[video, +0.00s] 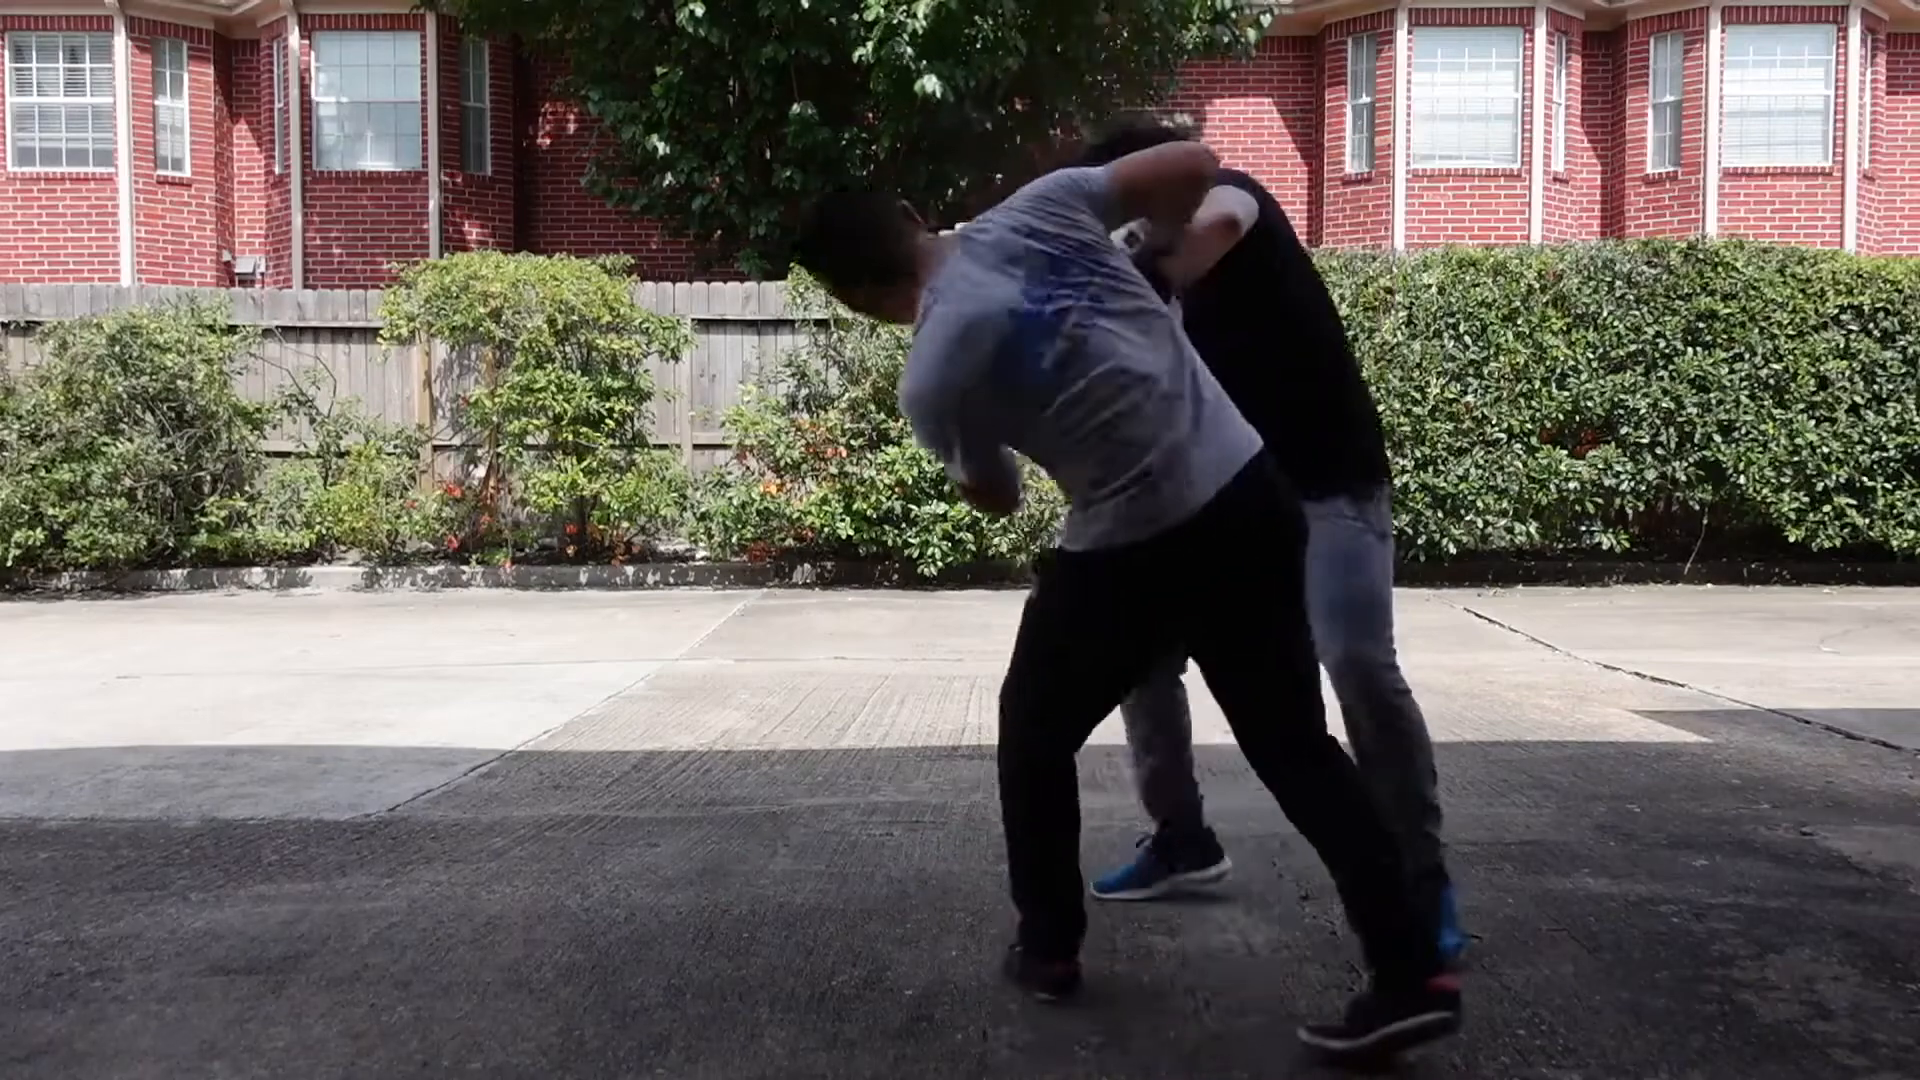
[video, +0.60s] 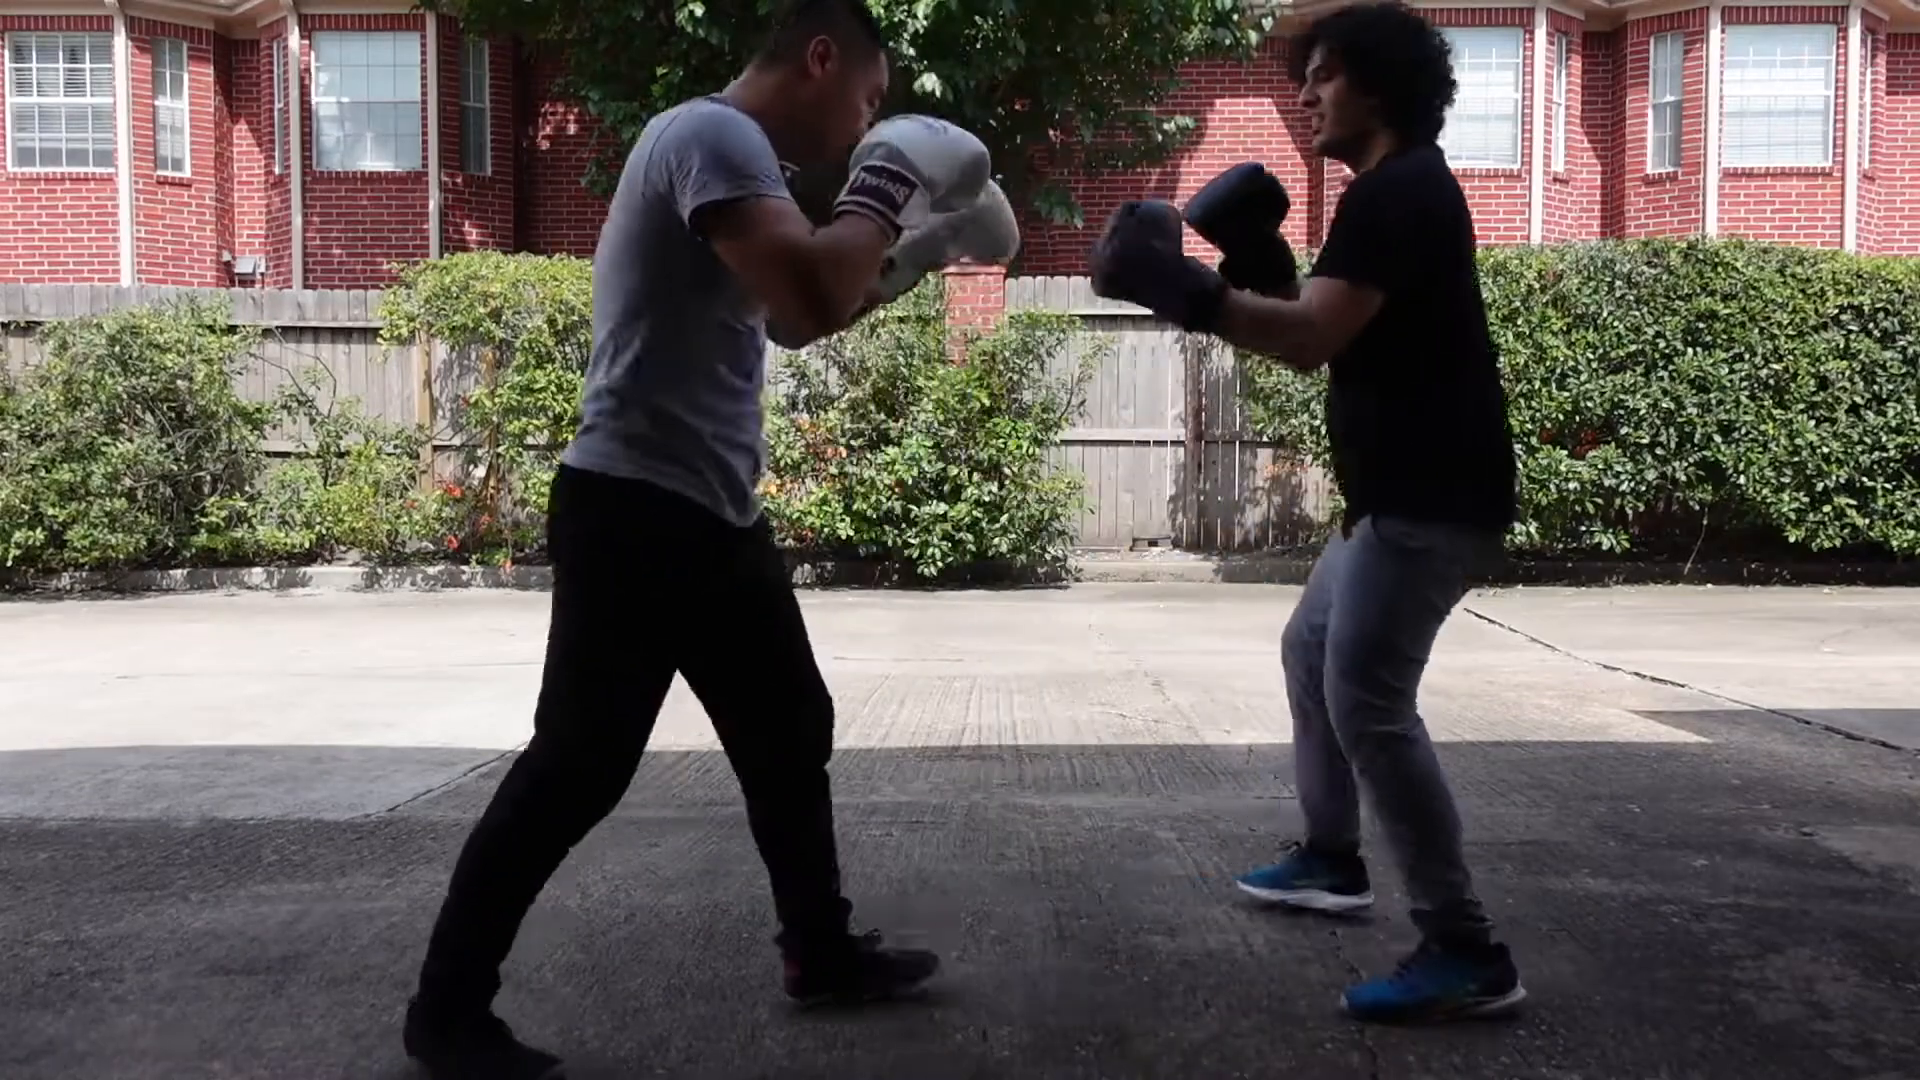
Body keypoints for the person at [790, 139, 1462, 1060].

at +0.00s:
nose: (865, 313)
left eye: (851, 302)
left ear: (860, 298)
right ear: (922, 216)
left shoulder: (932, 380)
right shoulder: (1045, 205)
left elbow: (996, 494)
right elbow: (1192, 161)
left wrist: (967, 436)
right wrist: (1167, 261)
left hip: (1125, 553)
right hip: (1248, 500)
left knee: (1033, 737)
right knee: (1296, 751)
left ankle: (1049, 948)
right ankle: (1412, 973)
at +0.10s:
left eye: (841, 209)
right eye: (918, 159)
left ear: (835, 215)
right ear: (923, 155)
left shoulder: (858, 341)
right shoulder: (1029, 183)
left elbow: (948, 425)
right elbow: (1203, 170)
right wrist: (1158, 222)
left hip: (1035, 560)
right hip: (1166, 503)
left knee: (1015, 748)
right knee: (1265, 743)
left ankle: (1051, 950)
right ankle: (1370, 974)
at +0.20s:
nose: (959, 109)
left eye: (955, 98)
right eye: (955, 95)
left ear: (850, 126)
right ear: (936, 88)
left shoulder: (825, 246)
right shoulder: (965, 152)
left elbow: (941, 343)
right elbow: (1160, 203)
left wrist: (1052, 274)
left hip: (930, 527)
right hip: (1050, 492)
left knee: (999, 730)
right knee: (1178, 721)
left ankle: (1041, 947)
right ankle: (1168, 999)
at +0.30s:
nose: (937, 89)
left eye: (936, 73)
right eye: (933, 71)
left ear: (833, 77)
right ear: (899, 62)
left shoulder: (795, 200)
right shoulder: (900, 133)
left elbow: (895, 305)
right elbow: (1070, 219)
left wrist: (997, 243)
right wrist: (1050, 204)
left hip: (863, 500)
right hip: (946, 486)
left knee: (979, 718)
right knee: (1055, 744)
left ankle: (980, 931)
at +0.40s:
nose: (909, 121)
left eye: (911, 106)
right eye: (904, 100)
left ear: (826, 83)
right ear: (859, 75)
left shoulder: (783, 194)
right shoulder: (821, 162)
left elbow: (921, 282)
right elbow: (989, 232)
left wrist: (1037, 243)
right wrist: (1007, 190)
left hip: (860, 526)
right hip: (849, 529)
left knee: (962, 713)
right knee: (837, 806)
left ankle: (969, 933)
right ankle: (575, 947)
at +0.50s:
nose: (884, 147)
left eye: (891, 124)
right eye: (884, 116)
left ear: (812, 84)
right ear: (832, 84)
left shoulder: (755, 195)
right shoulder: (754, 173)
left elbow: (850, 346)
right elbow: (846, 306)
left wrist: (956, 277)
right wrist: (940, 225)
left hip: (788, 550)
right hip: (737, 547)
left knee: (889, 752)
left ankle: (962, 932)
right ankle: (456, 1001)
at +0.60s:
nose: (865, 124)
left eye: (875, 109)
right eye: (871, 101)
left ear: (802, 60)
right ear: (819, 57)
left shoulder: (739, 159)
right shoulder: (711, 131)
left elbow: (800, 317)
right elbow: (807, 288)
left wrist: (920, 249)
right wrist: (888, 183)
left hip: (703, 513)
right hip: (634, 507)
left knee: (790, 731)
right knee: (578, 766)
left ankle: (821, 950)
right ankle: (447, 1011)